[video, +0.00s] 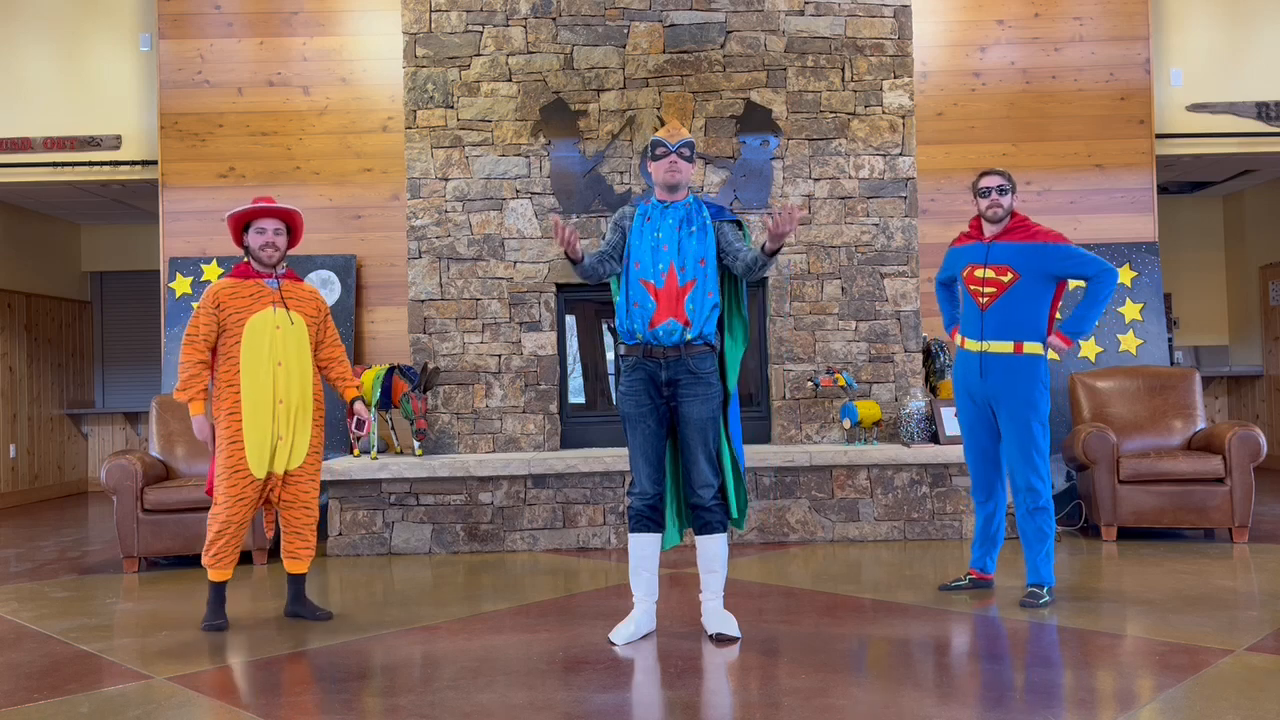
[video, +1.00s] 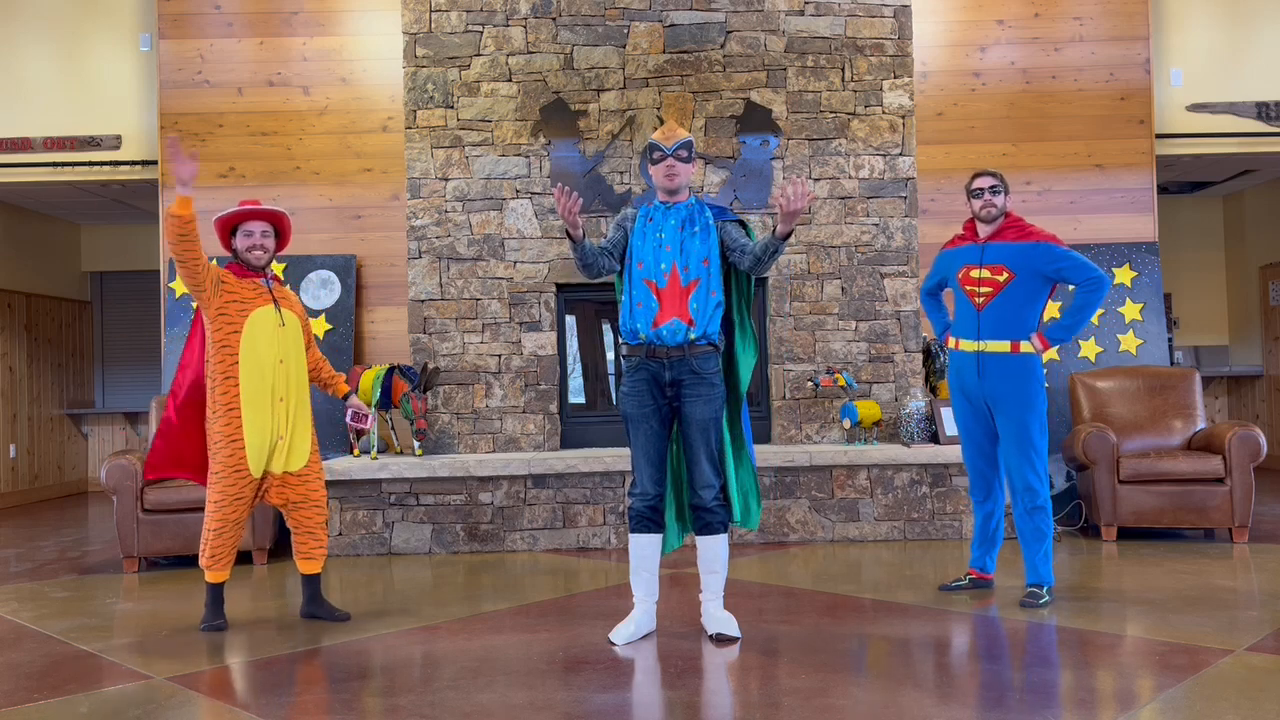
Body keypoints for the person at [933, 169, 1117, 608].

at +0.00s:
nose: (993, 199)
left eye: (1001, 191)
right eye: (985, 192)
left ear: (1014, 198)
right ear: (975, 201)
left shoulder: (1041, 244)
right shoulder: (961, 249)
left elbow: (1105, 274)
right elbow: (943, 283)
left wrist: (1070, 332)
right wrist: (954, 324)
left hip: (1021, 373)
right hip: (970, 372)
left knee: (1030, 481)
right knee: (983, 479)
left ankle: (1039, 581)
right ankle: (981, 571)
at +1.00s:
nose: (986, 199)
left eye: (994, 192)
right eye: (977, 194)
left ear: (1007, 199)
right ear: (968, 204)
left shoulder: (1035, 246)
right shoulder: (952, 253)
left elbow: (1096, 281)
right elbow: (928, 292)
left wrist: (1051, 336)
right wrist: (944, 330)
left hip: (1017, 373)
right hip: (964, 374)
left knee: (1027, 480)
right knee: (982, 479)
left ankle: (1039, 582)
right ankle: (981, 571)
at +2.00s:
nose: (992, 203)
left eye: (1000, 195)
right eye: (984, 197)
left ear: (1014, 199)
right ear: (975, 205)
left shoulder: (1041, 247)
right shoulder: (955, 250)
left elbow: (1101, 284)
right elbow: (904, 256)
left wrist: (1054, 336)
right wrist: (875, 236)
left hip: (1019, 376)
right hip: (968, 376)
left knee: (1028, 481)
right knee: (981, 479)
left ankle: (1039, 580)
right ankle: (981, 572)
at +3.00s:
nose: (992, 206)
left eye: (999, 197)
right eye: (982, 200)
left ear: (1012, 201)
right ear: (973, 209)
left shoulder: (1042, 249)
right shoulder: (955, 248)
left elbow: (1104, 284)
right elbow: (902, 236)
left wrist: (1057, 335)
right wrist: (911, 188)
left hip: (1021, 372)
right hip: (967, 372)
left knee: (1029, 478)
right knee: (982, 477)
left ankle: (1039, 581)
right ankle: (981, 572)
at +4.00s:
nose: (1004, 203)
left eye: (1010, 195)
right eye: (994, 198)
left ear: (1023, 197)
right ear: (984, 205)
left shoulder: (1056, 248)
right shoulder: (964, 247)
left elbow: (1116, 283)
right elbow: (908, 238)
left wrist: (1067, 336)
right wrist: (913, 195)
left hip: (1033, 371)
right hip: (977, 371)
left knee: (1037, 478)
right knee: (981, 476)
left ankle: (1040, 581)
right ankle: (981, 572)